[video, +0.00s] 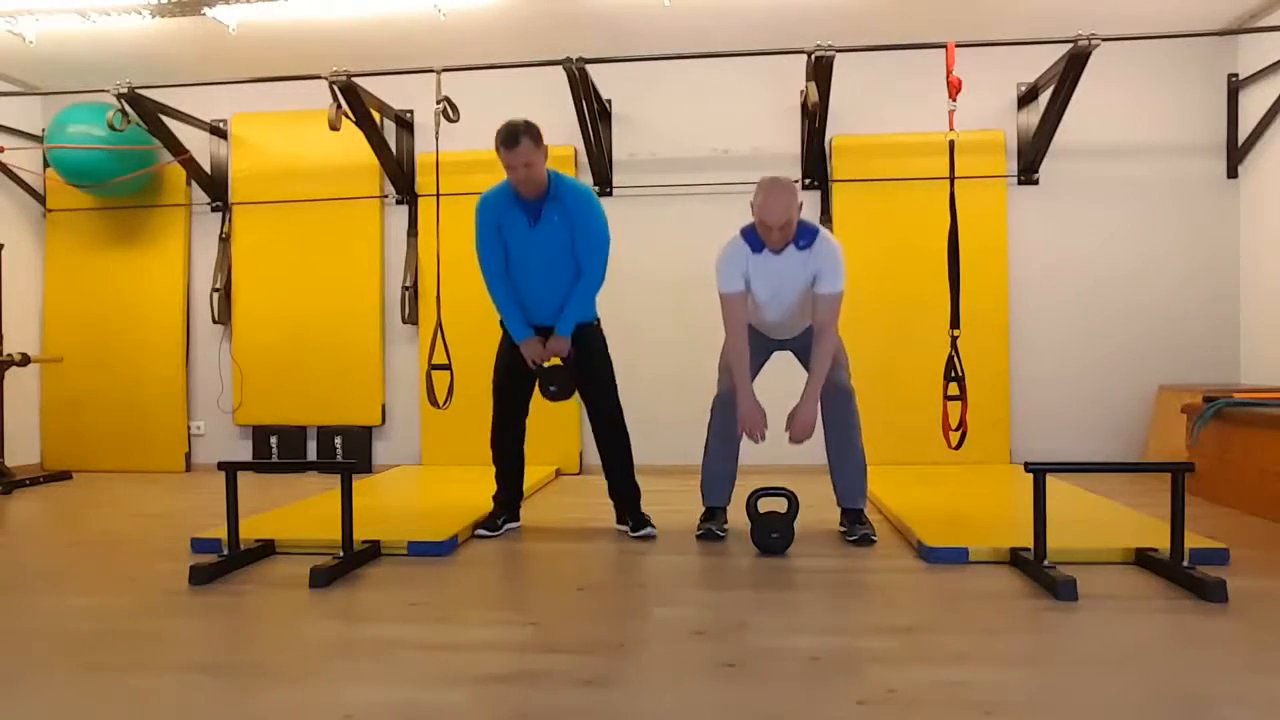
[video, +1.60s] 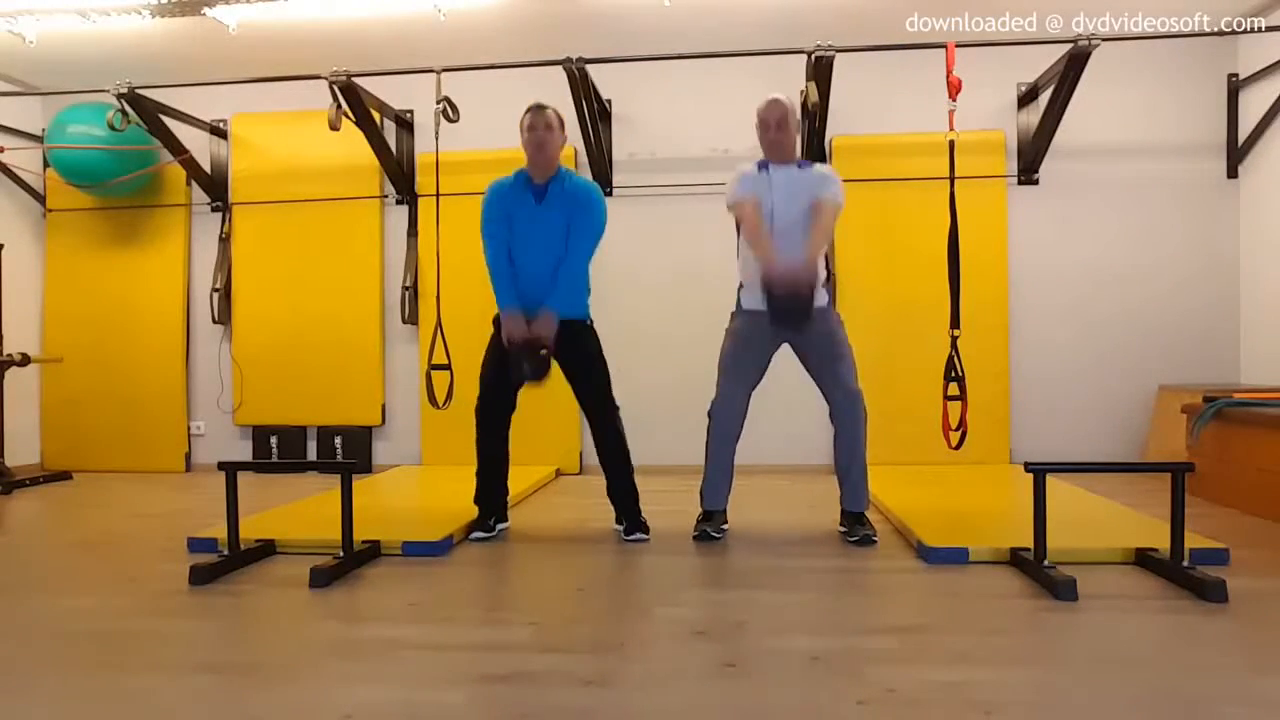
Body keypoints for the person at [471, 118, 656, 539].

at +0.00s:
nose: (519, 175)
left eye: (526, 165)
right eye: (510, 167)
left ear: (544, 153)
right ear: (500, 164)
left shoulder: (580, 200)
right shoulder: (491, 207)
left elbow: (593, 272)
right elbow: (496, 279)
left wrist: (566, 330)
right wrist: (523, 335)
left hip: (578, 324)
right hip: (520, 328)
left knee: (607, 416)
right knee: (506, 423)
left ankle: (629, 511)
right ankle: (506, 510)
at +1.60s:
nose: (538, 135)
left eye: (546, 128)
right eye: (531, 129)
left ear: (563, 139)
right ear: (521, 140)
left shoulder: (586, 195)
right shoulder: (500, 194)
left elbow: (577, 260)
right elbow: (496, 256)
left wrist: (552, 311)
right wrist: (509, 310)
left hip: (569, 320)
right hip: (512, 320)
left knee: (603, 413)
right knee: (491, 413)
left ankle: (629, 515)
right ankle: (491, 512)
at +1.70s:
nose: (544, 134)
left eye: (552, 128)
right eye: (537, 128)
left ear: (567, 140)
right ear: (527, 139)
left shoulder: (587, 187)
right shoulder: (503, 187)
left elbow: (575, 227)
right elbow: (493, 227)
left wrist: (543, 253)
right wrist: (503, 255)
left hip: (566, 317)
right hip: (514, 316)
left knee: (598, 415)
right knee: (498, 415)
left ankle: (629, 515)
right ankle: (492, 513)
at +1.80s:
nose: (548, 138)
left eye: (556, 133)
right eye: (541, 134)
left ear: (570, 146)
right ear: (529, 146)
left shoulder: (588, 184)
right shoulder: (512, 182)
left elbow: (580, 194)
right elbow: (492, 199)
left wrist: (538, 199)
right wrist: (503, 209)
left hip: (568, 317)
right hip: (516, 313)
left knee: (598, 417)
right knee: (501, 416)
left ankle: (630, 517)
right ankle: (493, 515)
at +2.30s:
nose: (549, 135)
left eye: (556, 129)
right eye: (541, 130)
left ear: (572, 139)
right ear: (531, 140)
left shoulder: (593, 187)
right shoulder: (515, 186)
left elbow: (583, 215)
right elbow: (497, 216)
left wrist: (542, 218)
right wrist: (513, 216)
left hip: (580, 324)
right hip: (526, 323)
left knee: (609, 418)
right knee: (502, 418)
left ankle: (630, 515)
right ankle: (493, 514)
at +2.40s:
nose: (547, 143)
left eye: (555, 137)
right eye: (540, 138)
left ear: (571, 148)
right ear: (530, 149)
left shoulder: (594, 203)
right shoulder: (510, 201)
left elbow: (581, 250)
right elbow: (502, 246)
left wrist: (549, 278)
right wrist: (509, 277)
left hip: (582, 331)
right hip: (529, 333)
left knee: (616, 415)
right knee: (495, 412)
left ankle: (630, 514)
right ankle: (493, 513)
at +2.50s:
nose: (543, 156)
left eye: (551, 150)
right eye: (536, 151)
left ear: (567, 161)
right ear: (525, 164)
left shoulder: (593, 218)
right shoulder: (507, 217)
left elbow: (585, 284)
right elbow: (505, 281)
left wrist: (560, 338)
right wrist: (517, 335)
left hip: (581, 335)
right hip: (525, 336)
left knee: (622, 410)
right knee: (489, 411)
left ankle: (631, 514)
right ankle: (493, 512)